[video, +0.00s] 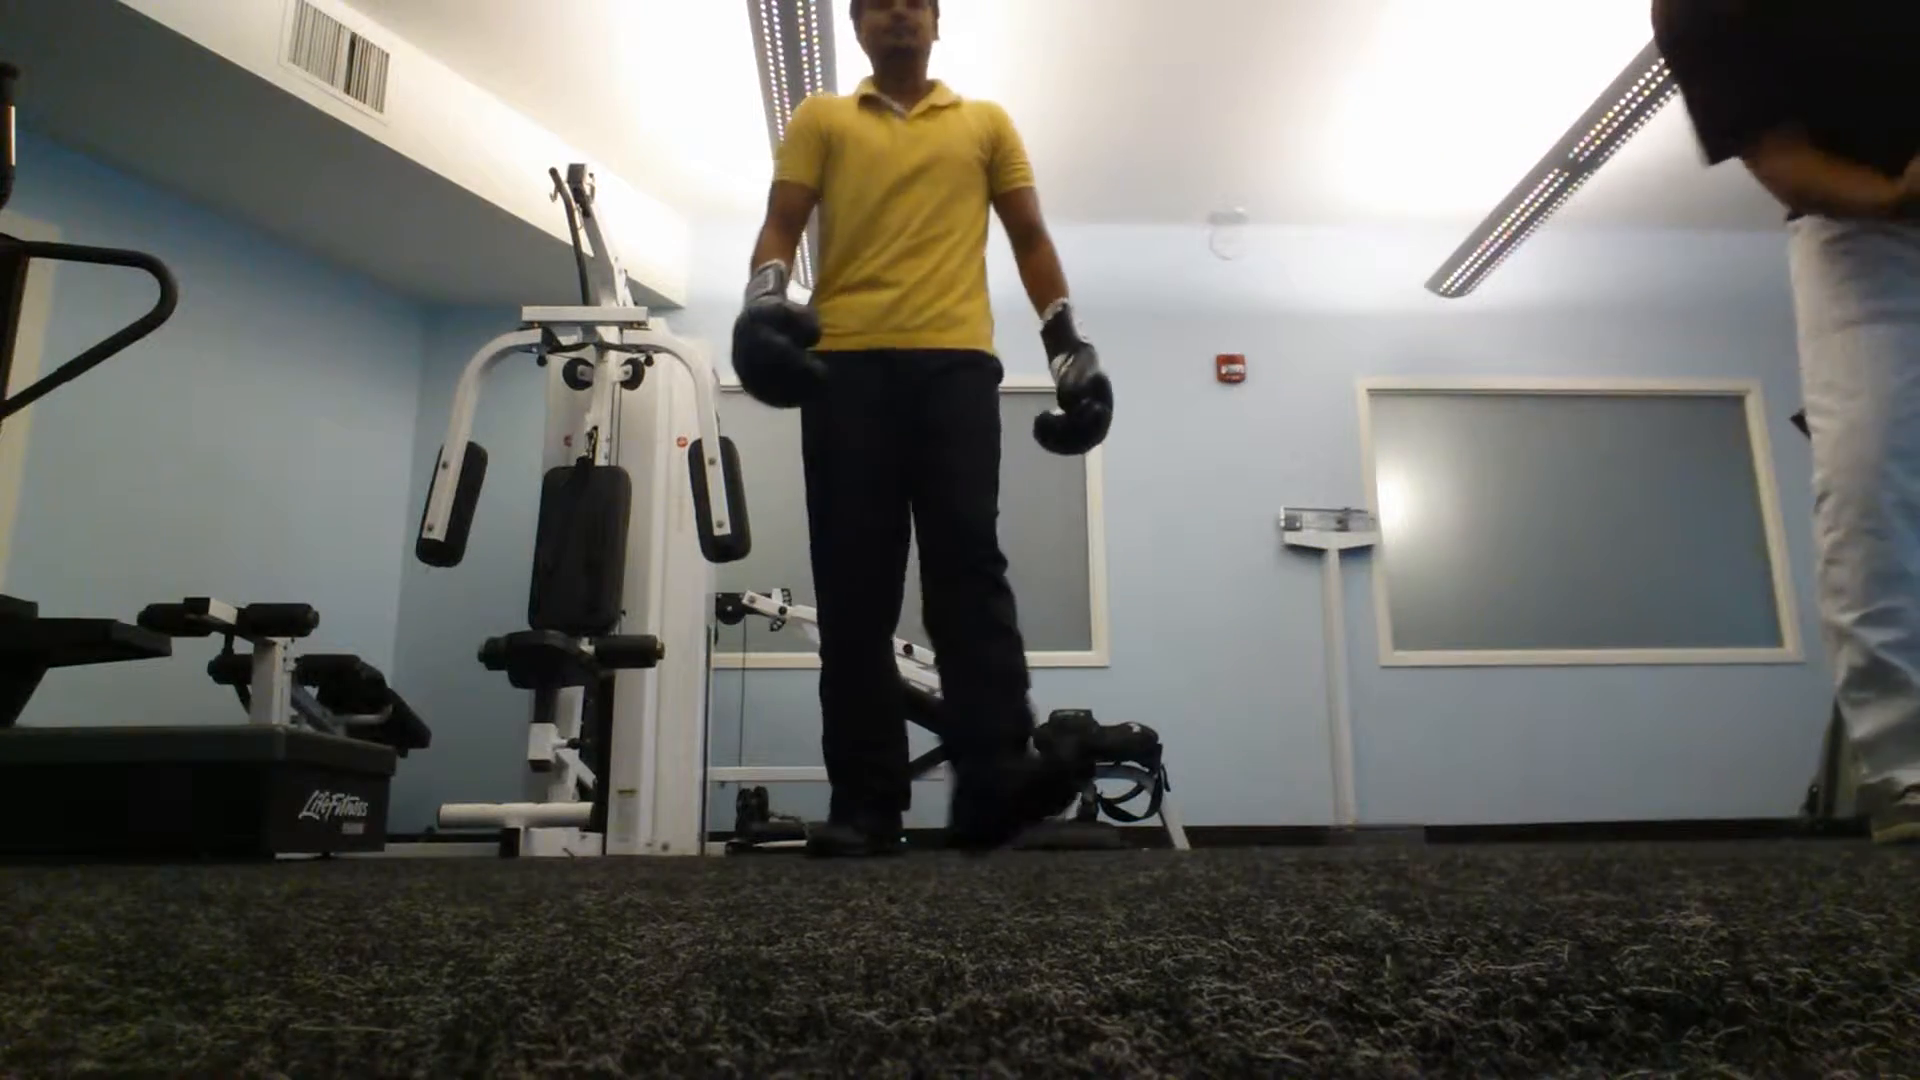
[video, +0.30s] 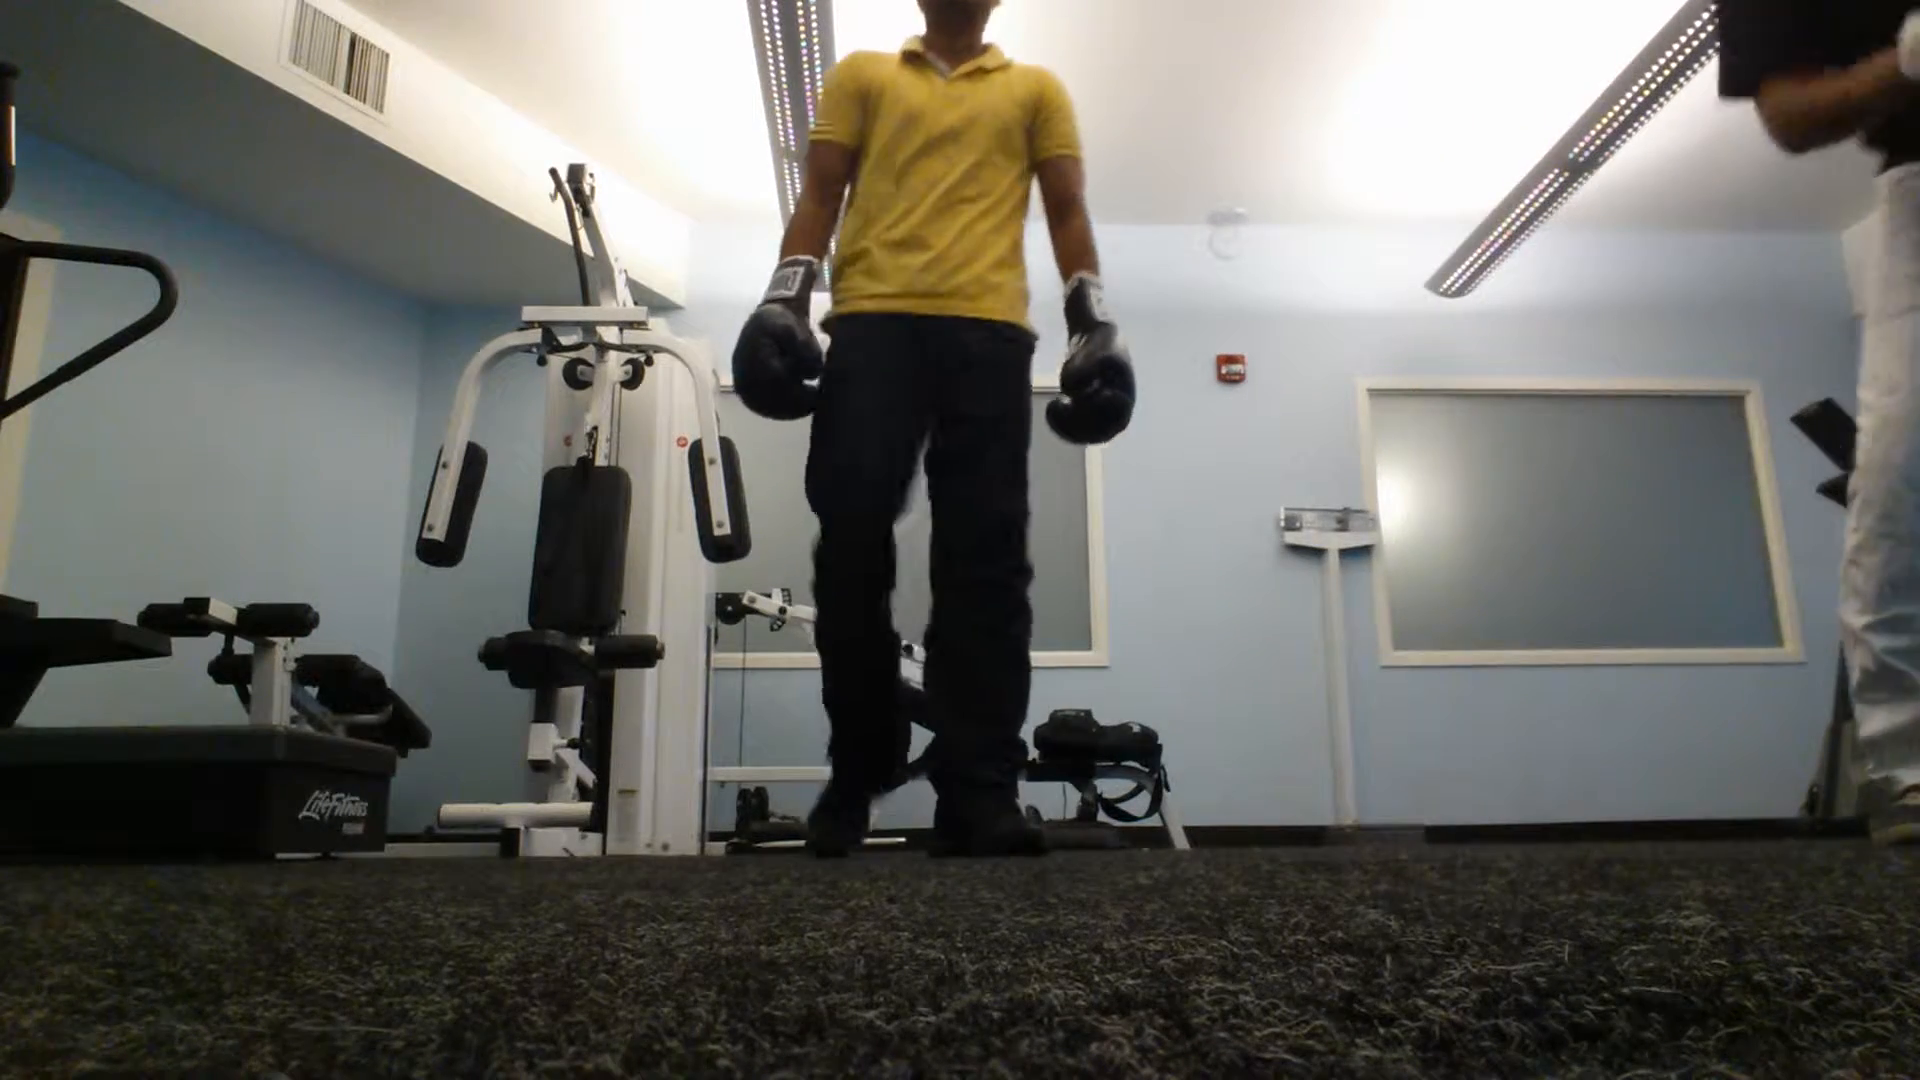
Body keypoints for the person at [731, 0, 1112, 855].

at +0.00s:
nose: (899, 15)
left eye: (914, 3)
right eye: (882, 4)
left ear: (935, 18)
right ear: (857, 20)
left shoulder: (983, 123)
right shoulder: (821, 118)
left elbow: (1030, 237)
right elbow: (783, 223)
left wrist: (1066, 342)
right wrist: (764, 299)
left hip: (957, 369)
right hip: (846, 371)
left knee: (969, 572)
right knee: (854, 593)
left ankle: (993, 790)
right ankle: (864, 807)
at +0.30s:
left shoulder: (1033, 88)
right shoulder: (863, 75)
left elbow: (1067, 209)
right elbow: (820, 190)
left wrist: (1092, 322)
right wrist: (786, 294)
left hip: (989, 335)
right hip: (873, 330)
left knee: (986, 561)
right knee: (849, 544)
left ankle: (979, 795)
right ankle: (861, 760)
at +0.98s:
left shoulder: (1055, 89)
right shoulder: (881, 67)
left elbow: (1085, 220)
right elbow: (829, 192)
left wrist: (1111, 341)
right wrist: (800, 299)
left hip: (999, 322)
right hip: (892, 298)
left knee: (1009, 540)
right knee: (961, 246)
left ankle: (981, 782)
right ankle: (917, 484)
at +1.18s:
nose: (972, 5)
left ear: (1004, 9)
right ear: (925, 4)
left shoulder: (1041, 105)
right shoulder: (871, 86)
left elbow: (1077, 231)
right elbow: (820, 202)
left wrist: (1107, 353)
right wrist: (796, 302)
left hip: (1000, 335)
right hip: (888, 327)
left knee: (1000, 562)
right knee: (895, 550)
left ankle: (982, 800)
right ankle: (893, 763)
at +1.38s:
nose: (935, 23)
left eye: (953, 11)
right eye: (918, 10)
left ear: (974, 30)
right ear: (895, 27)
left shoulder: (1016, 127)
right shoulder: (851, 125)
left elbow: (1054, 242)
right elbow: (815, 224)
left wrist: (1093, 352)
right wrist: (783, 315)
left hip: (978, 372)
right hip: (869, 371)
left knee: (992, 576)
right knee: (877, 589)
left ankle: (991, 802)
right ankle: (894, 806)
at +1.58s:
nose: (924, 45)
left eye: (939, 35)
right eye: (909, 33)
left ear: (960, 57)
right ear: (884, 53)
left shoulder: (999, 145)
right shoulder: (844, 147)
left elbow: (1037, 246)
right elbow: (811, 251)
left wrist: (1062, 336)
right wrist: (787, 345)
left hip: (981, 376)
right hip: (872, 377)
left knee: (1001, 569)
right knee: (875, 582)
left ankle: (993, 790)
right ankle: (891, 803)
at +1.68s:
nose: (925, 64)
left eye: (940, 54)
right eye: (910, 53)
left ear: (961, 75)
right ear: (885, 71)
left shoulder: (998, 162)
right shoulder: (845, 162)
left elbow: (1033, 254)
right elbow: (813, 267)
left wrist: (1046, 328)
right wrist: (791, 369)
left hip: (984, 389)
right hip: (877, 389)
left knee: (1019, 577)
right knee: (878, 592)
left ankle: (987, 781)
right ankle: (891, 807)